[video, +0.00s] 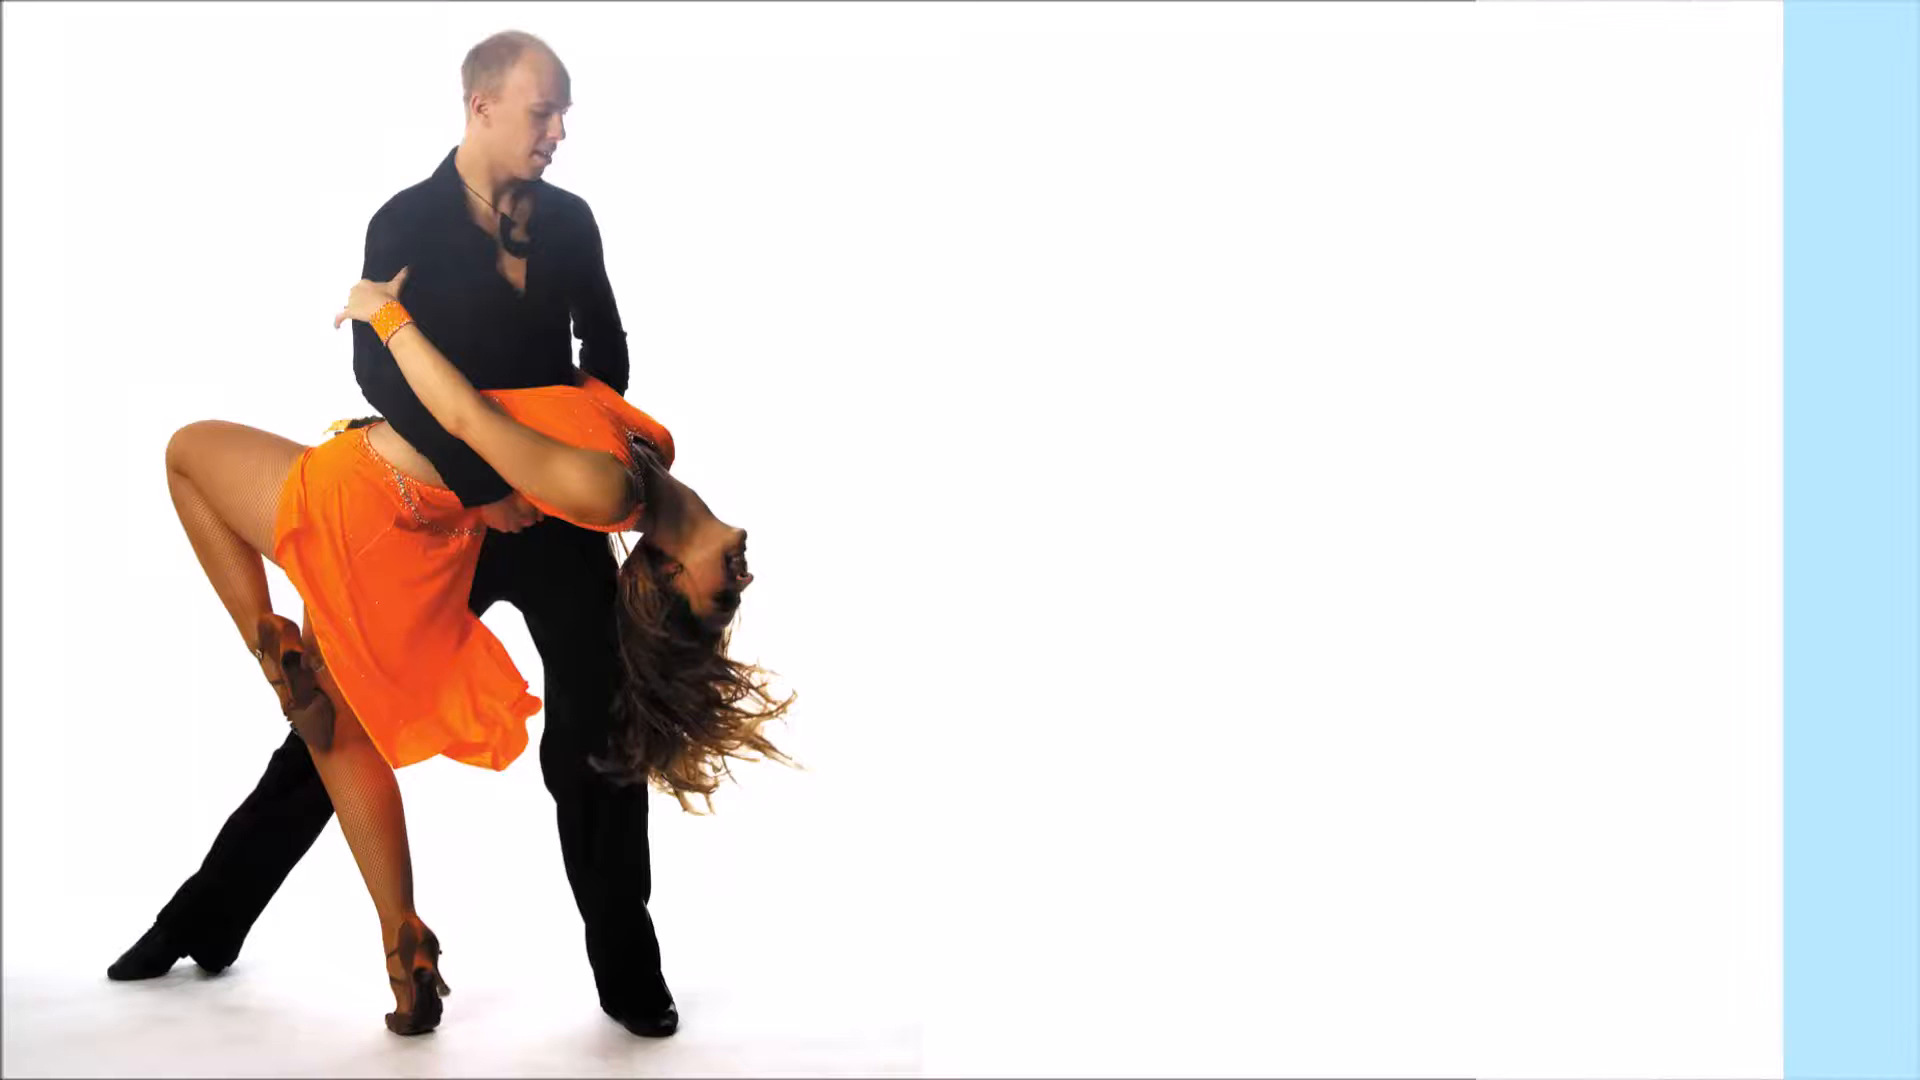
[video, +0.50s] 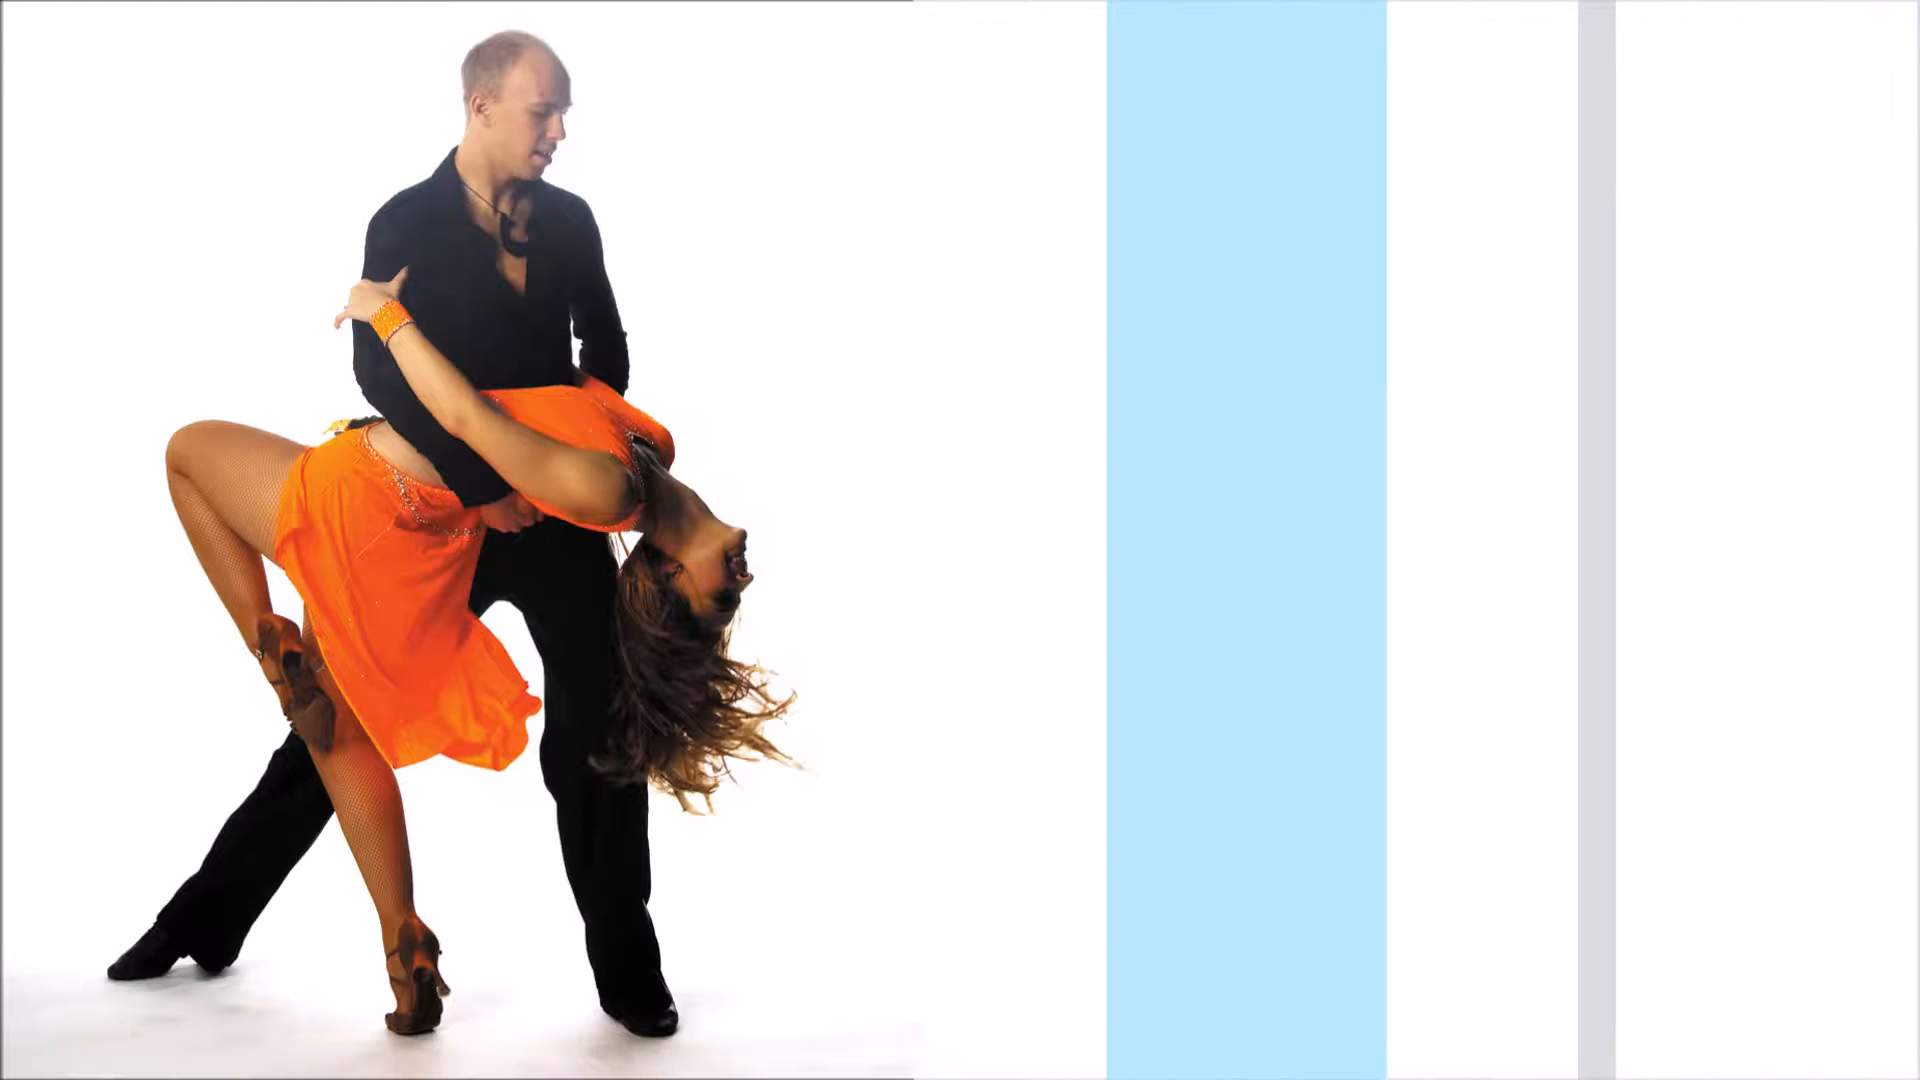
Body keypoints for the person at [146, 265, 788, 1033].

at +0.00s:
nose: (738, 548)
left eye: (720, 568)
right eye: (743, 564)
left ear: (658, 577)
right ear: (713, 554)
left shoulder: (601, 488)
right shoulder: (642, 484)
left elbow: (462, 413)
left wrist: (385, 315)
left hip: (356, 502)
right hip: (421, 535)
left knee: (190, 454)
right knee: (340, 730)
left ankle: (267, 642)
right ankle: (403, 937)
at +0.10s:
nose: (737, 549)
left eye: (716, 571)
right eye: (741, 566)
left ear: (661, 575)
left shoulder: (602, 489)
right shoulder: (641, 477)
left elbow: (464, 413)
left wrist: (383, 315)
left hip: (358, 500)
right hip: (424, 531)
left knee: (190, 455)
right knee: (340, 730)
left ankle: (270, 644)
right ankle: (403, 936)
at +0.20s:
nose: (737, 549)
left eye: (716, 571)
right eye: (741, 566)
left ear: (661, 576)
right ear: (712, 553)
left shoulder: (602, 489)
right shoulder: (641, 477)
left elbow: (464, 413)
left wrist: (383, 315)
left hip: (358, 500)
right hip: (424, 531)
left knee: (190, 455)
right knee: (341, 730)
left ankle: (270, 643)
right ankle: (403, 936)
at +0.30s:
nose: (738, 550)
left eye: (717, 572)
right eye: (742, 567)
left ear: (660, 577)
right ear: (717, 553)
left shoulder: (601, 489)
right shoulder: (641, 480)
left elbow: (464, 413)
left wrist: (385, 316)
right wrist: (399, 325)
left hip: (356, 501)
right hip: (423, 534)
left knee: (190, 454)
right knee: (340, 727)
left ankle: (269, 643)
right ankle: (403, 935)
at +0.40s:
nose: (737, 549)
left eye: (716, 571)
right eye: (741, 566)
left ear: (661, 575)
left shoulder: (602, 489)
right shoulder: (641, 477)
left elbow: (464, 413)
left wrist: (383, 315)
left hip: (358, 500)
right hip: (423, 531)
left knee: (190, 455)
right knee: (341, 729)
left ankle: (269, 643)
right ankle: (403, 936)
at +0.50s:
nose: (738, 549)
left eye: (716, 571)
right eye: (741, 566)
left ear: (661, 576)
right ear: (711, 554)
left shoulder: (601, 489)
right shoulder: (640, 478)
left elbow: (464, 413)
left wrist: (385, 315)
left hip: (356, 501)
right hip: (422, 533)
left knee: (190, 454)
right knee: (339, 729)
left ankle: (269, 644)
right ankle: (403, 936)